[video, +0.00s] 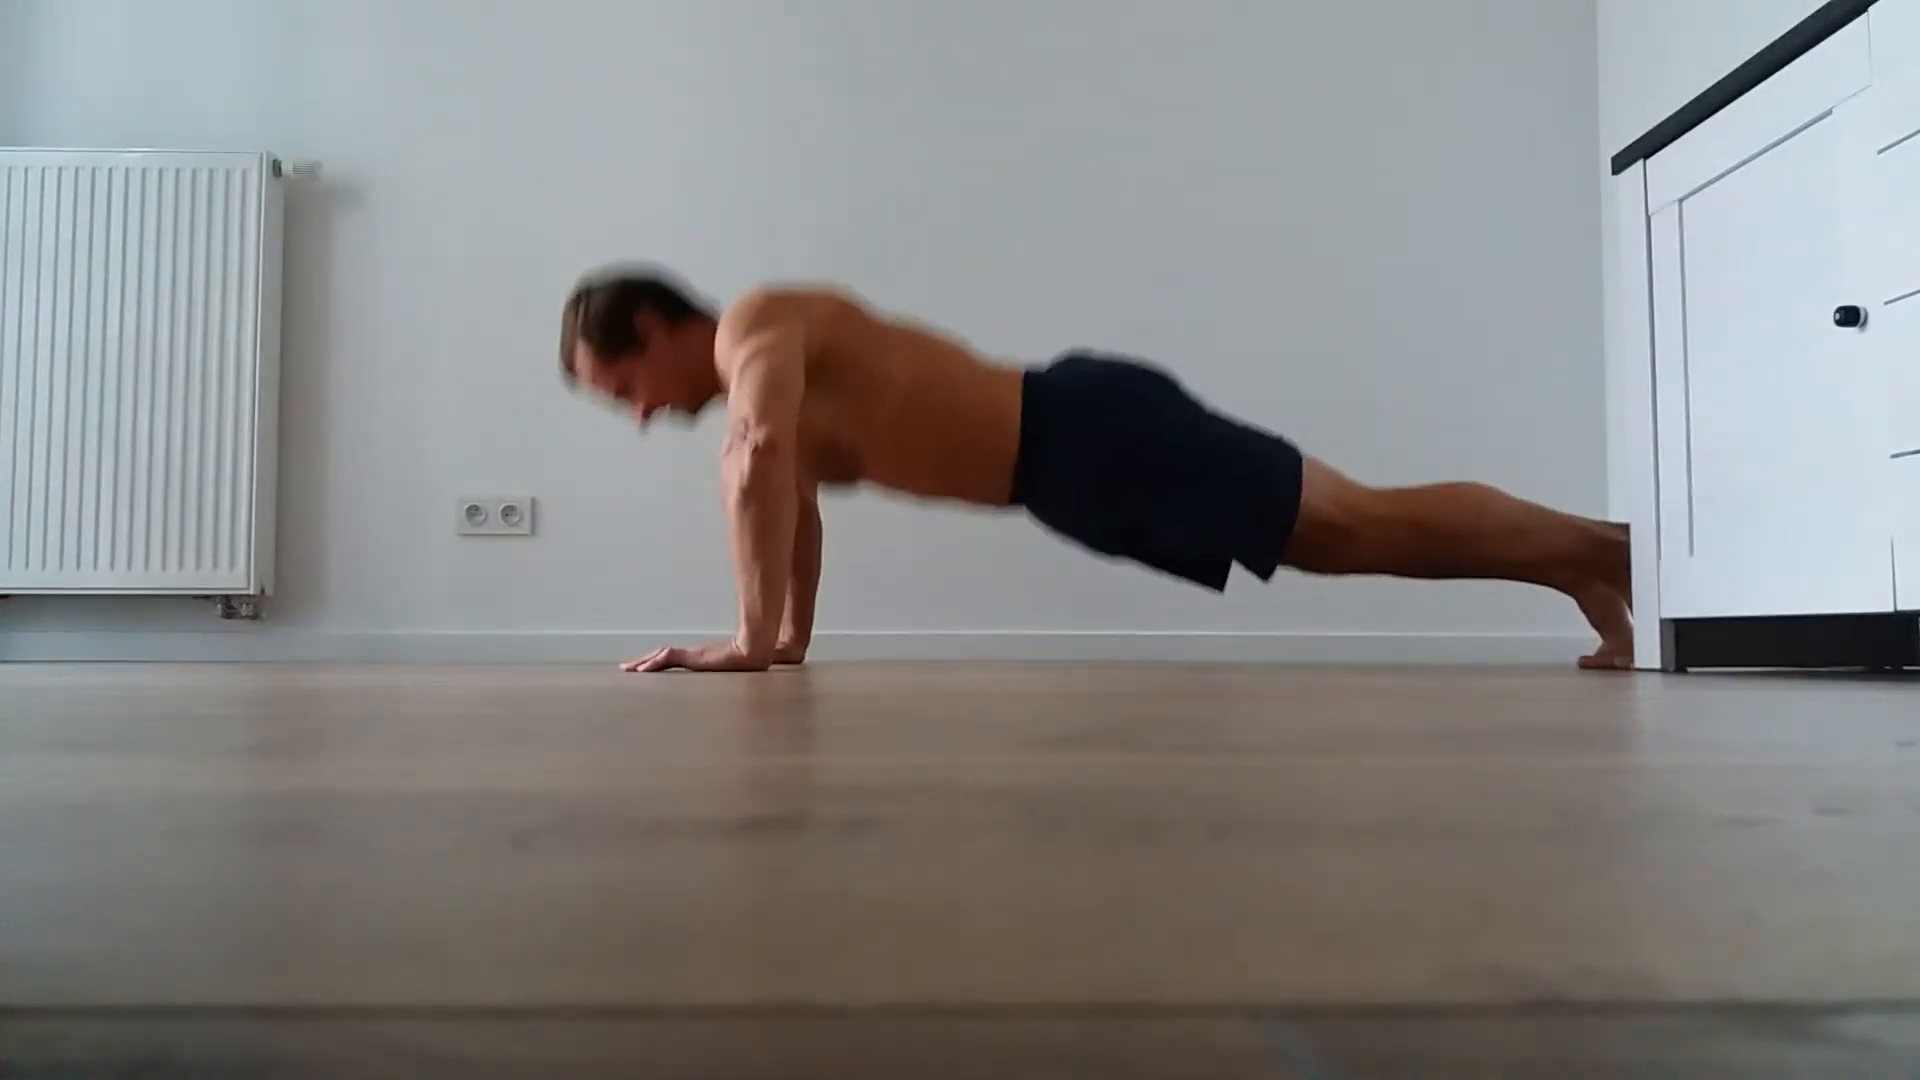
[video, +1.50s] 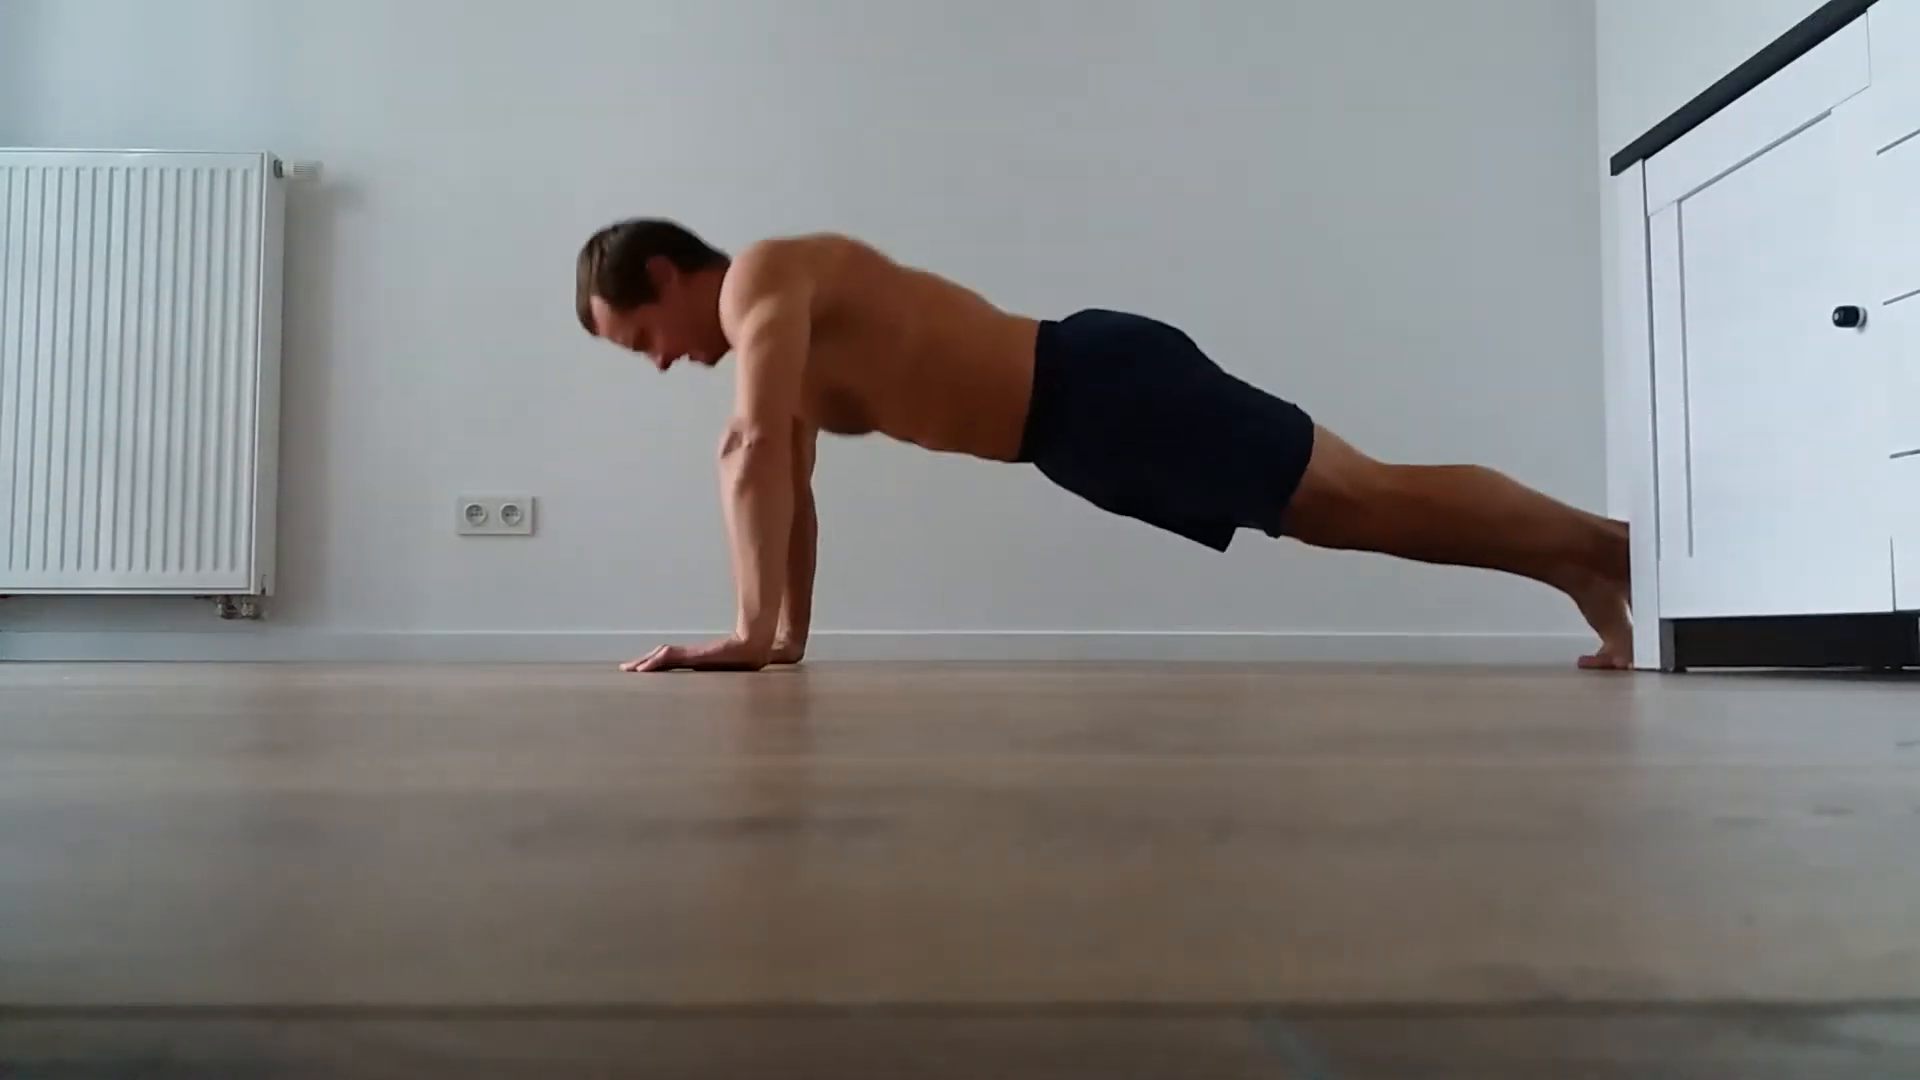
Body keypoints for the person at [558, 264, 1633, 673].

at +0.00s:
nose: (632, 409)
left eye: (619, 389)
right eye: (616, 397)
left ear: (649, 339)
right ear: (657, 337)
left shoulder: (753, 338)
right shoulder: (764, 344)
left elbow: (759, 476)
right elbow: (794, 490)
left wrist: (754, 638)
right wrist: (790, 637)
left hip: (1081, 440)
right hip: (1074, 438)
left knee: (1356, 529)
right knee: (1347, 527)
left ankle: (1595, 555)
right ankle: (1581, 560)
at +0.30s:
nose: (613, 638)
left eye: (601, 620)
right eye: (594, 629)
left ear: (627, 568)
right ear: (636, 564)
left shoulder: (714, 534)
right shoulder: (726, 548)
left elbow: (711, 463)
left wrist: (759, 640)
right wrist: (728, 646)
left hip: (1067, 566)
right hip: (1051, 572)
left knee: (1356, 590)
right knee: (1346, 585)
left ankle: (1596, 562)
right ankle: (1585, 566)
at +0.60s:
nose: (638, 392)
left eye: (623, 371)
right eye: (624, 381)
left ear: (649, 325)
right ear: (655, 333)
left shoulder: (756, 319)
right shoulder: (762, 350)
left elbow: (748, 475)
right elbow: (784, 503)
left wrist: (753, 640)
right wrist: (786, 645)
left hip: (1091, 404)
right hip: (1082, 408)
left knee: (1355, 502)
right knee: (1349, 500)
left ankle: (1601, 552)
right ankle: (1581, 559)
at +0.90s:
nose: (628, 490)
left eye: (612, 470)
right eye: (610, 478)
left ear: (640, 417)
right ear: (650, 412)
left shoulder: (733, 389)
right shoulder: (752, 403)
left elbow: (753, 465)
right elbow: (791, 506)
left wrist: (755, 634)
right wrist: (785, 644)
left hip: (1076, 485)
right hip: (1067, 488)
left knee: (1355, 552)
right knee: (1348, 547)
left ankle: (1592, 560)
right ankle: (1584, 555)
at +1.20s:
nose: (622, 609)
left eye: (608, 590)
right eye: (603, 599)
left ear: (630, 541)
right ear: (632, 546)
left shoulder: (723, 502)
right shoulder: (734, 516)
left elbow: (709, 462)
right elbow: (798, 610)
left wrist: (765, 637)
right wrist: (736, 647)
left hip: (1064, 542)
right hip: (1054, 544)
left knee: (1357, 575)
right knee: (1352, 572)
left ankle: (1593, 559)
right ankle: (1587, 560)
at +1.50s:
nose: (654, 358)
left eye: (640, 335)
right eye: (639, 347)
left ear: (663, 281)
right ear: (666, 296)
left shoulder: (764, 281)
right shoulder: (771, 317)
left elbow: (749, 460)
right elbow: (788, 488)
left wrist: (753, 636)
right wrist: (785, 637)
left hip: (1096, 394)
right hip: (1084, 406)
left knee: (1362, 502)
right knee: (1353, 506)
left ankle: (1602, 553)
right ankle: (1587, 564)